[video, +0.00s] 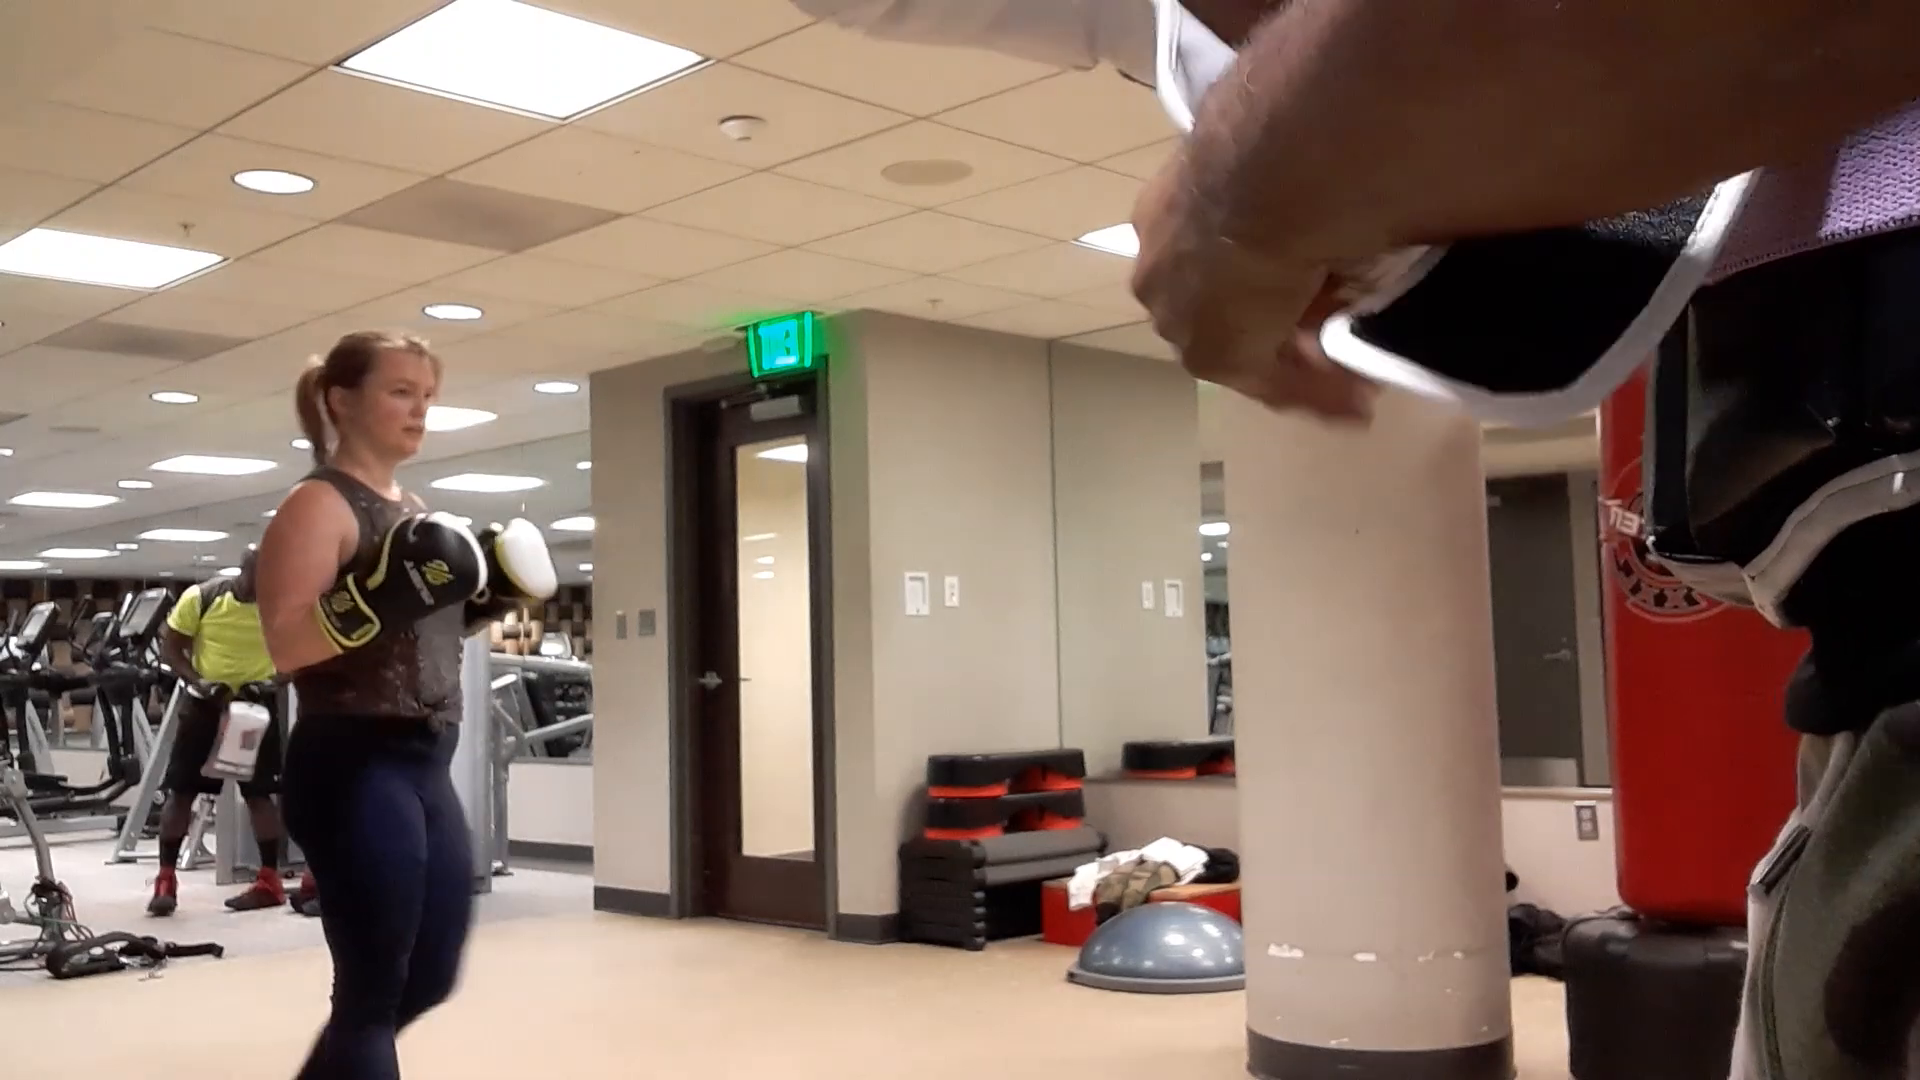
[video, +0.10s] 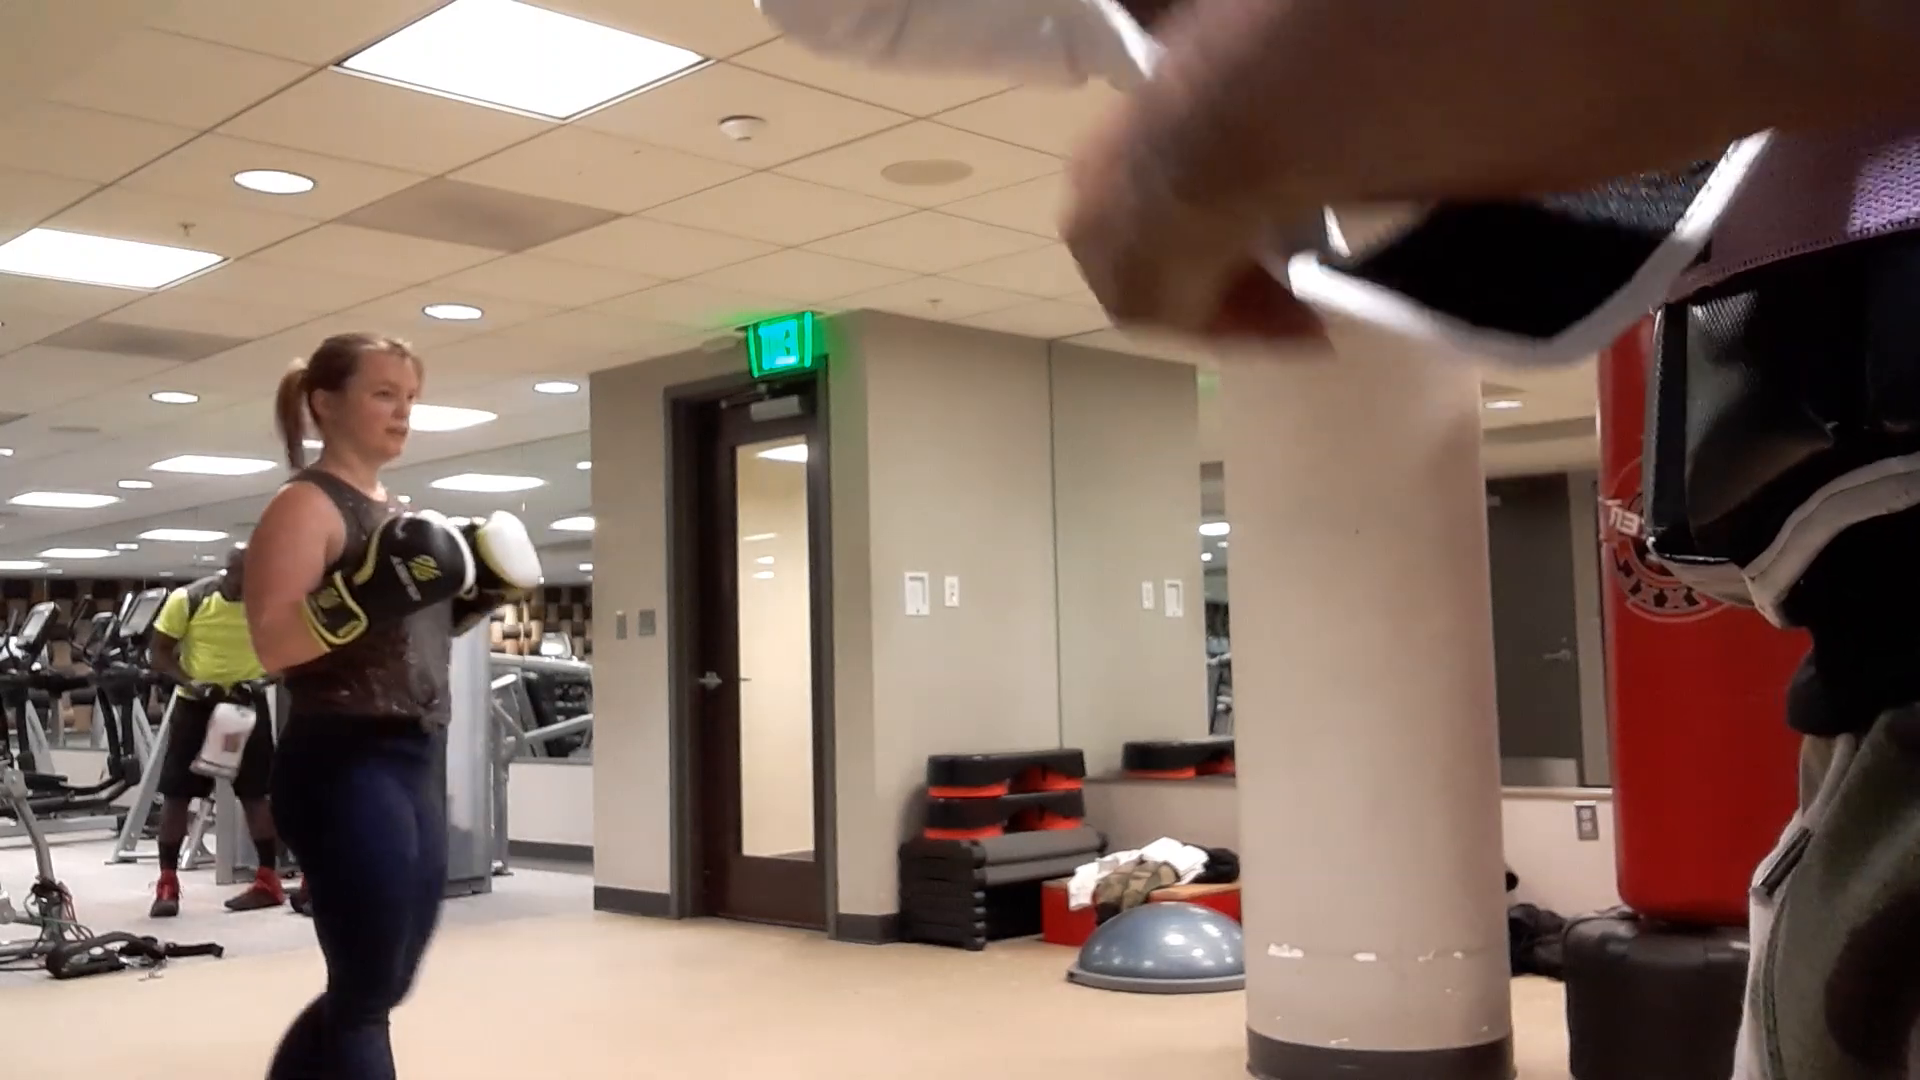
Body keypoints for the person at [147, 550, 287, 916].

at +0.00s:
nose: (253, 587)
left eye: (260, 580)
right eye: (251, 577)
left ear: (269, 578)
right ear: (240, 570)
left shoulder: (277, 608)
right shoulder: (200, 598)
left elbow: (301, 657)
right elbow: (170, 647)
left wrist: (273, 684)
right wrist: (195, 681)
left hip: (258, 709)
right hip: (205, 706)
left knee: (258, 794)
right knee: (181, 792)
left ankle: (270, 880)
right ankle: (166, 879)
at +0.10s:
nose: (243, 581)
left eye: (248, 573)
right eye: (239, 572)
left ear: (254, 574)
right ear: (225, 570)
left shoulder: (264, 606)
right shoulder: (187, 600)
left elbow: (289, 658)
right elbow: (159, 655)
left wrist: (260, 683)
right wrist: (190, 683)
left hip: (248, 706)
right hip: (196, 705)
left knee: (255, 794)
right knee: (177, 795)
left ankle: (268, 878)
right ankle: (167, 881)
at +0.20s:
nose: (228, 576)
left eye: (233, 568)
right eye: (223, 567)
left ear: (240, 571)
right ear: (211, 566)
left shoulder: (250, 605)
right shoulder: (175, 601)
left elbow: (277, 652)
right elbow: (145, 658)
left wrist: (252, 681)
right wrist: (177, 685)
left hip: (239, 710)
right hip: (186, 710)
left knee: (250, 794)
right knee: (169, 794)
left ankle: (265, 878)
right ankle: (166, 882)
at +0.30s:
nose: (211, 576)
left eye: (217, 568)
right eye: (207, 567)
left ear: (228, 572)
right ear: (196, 567)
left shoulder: (239, 606)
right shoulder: (164, 602)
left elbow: (265, 648)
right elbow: (132, 657)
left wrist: (250, 688)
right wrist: (164, 687)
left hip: (231, 709)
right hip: (176, 710)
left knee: (246, 794)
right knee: (163, 796)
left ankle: (259, 877)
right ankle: (165, 883)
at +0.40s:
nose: (204, 578)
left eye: (211, 571)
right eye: (200, 569)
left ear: (219, 575)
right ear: (189, 568)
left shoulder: (227, 603)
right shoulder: (154, 603)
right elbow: (124, 660)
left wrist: (235, 699)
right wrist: (157, 695)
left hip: (221, 707)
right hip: (168, 707)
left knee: (231, 798)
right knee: (161, 798)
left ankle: (248, 879)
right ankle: (165, 883)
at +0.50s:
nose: (184, 580)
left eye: (191, 573)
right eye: (179, 572)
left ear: (201, 577)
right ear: (168, 573)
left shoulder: (213, 605)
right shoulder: (145, 606)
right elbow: (115, 662)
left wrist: (219, 700)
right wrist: (150, 697)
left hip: (209, 711)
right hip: (163, 710)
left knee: (219, 797)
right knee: (159, 800)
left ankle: (234, 882)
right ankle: (165, 883)